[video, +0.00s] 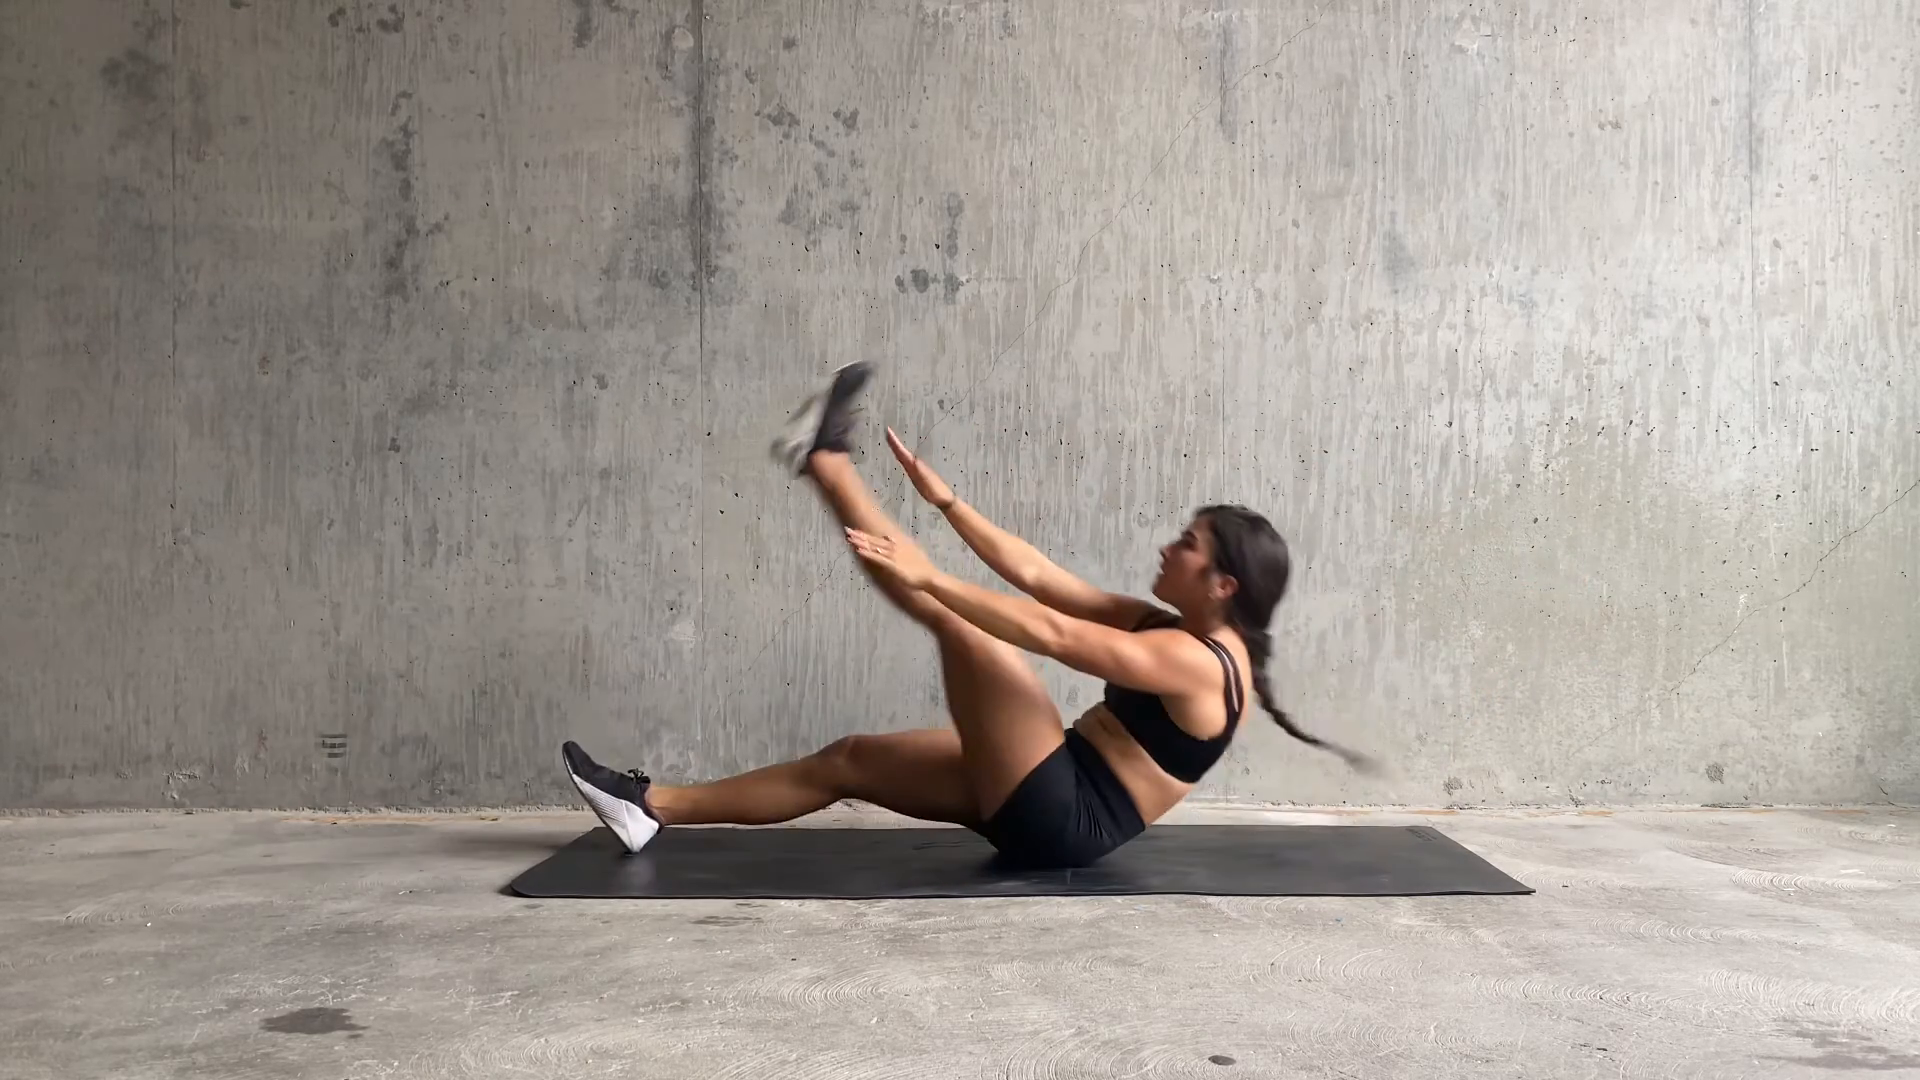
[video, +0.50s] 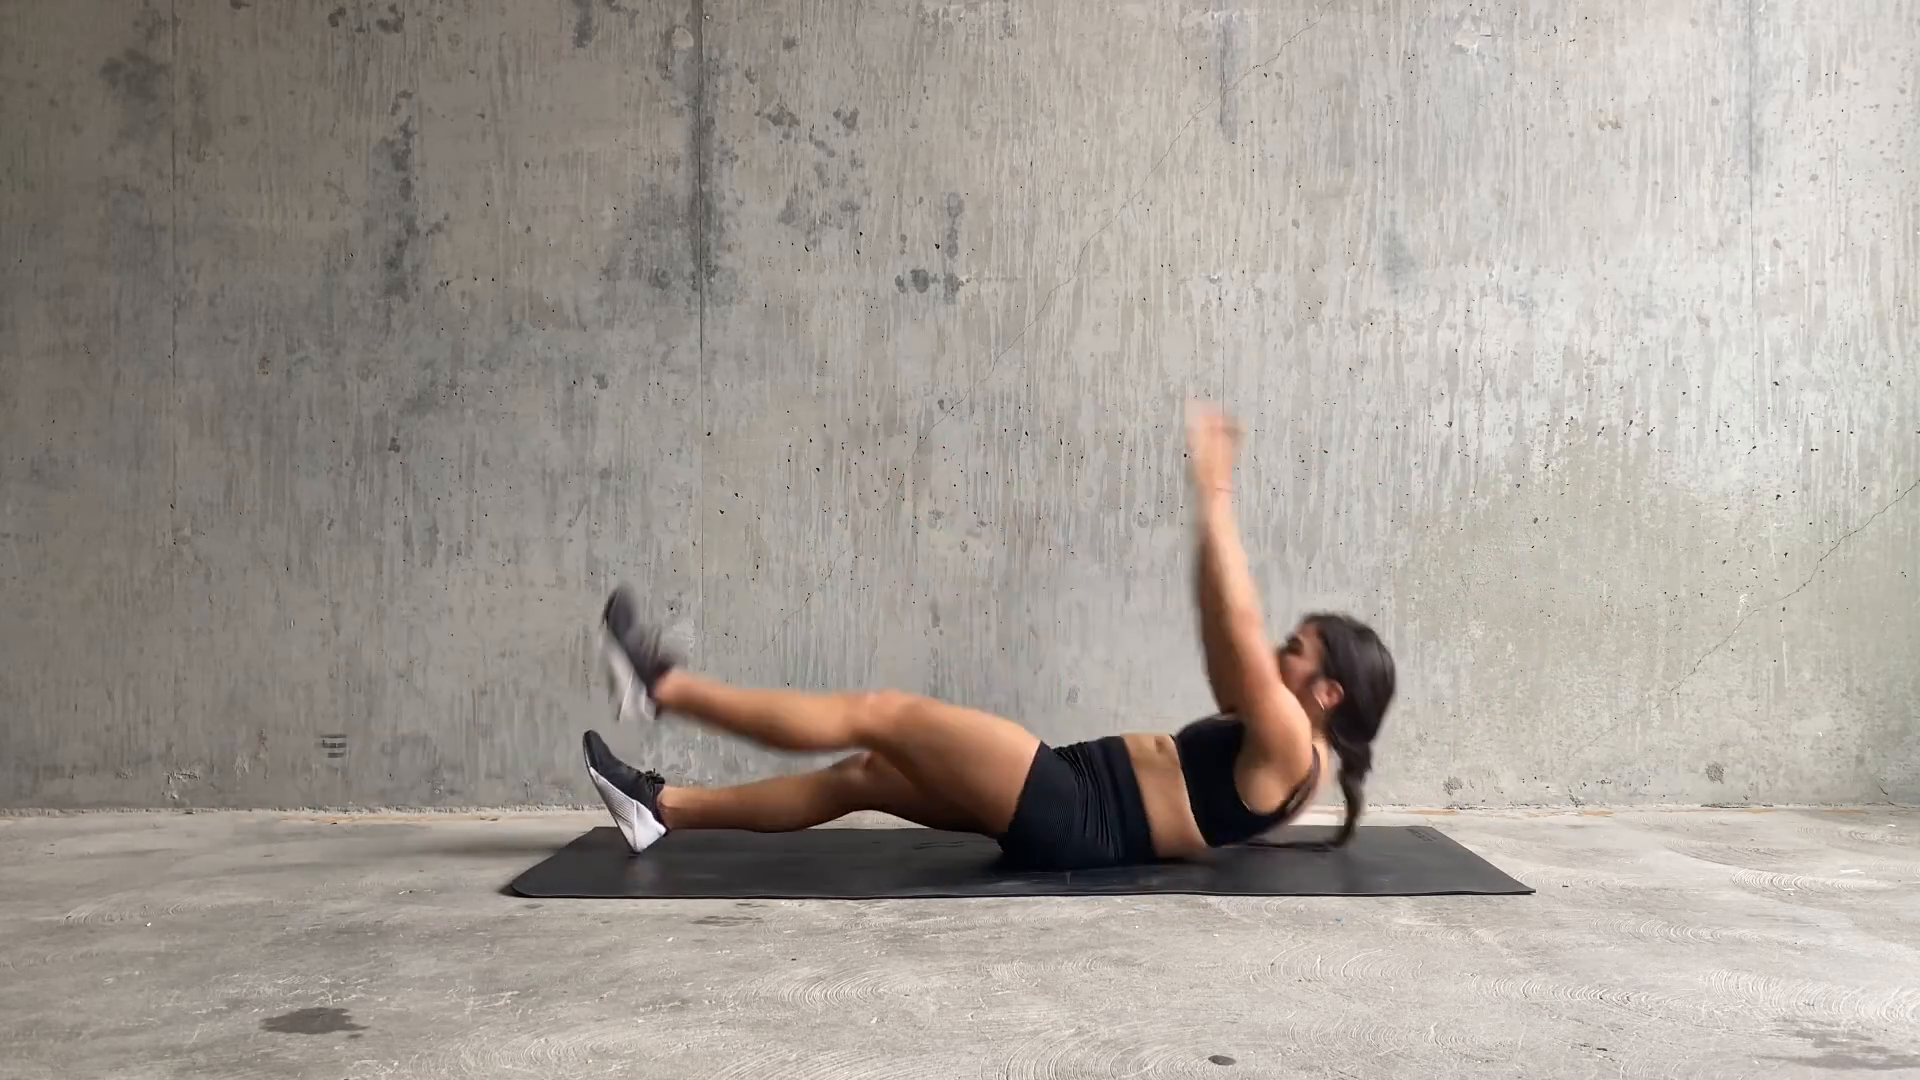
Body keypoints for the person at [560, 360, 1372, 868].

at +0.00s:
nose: (1163, 554)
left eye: (1182, 549)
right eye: (1174, 542)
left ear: (1222, 582)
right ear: (1213, 577)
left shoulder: (1196, 662)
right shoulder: (1177, 634)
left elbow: (1051, 636)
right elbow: (1048, 582)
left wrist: (922, 581)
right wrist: (949, 505)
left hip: (1066, 815)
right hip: (1050, 791)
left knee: (957, 614)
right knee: (849, 761)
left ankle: (826, 455)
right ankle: (653, 807)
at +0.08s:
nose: (1150, 538)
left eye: (1169, 534)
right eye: (1163, 527)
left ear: (1203, 573)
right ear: (1197, 569)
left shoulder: (1183, 650)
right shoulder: (1165, 621)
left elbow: (1032, 620)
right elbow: (1036, 571)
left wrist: (914, 559)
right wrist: (946, 491)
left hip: (1069, 814)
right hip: (1053, 791)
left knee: (997, 622)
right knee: (852, 768)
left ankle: (867, 438)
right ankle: (654, 807)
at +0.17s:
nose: (1159, 542)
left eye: (1176, 538)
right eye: (1171, 531)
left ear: (1212, 575)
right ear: (1211, 576)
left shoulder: (1188, 652)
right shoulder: (1182, 631)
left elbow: (1051, 620)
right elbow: (1044, 575)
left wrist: (927, 566)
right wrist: (953, 493)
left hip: (1068, 813)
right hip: (1058, 794)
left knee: (979, 603)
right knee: (851, 770)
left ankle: (860, 443)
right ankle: (655, 807)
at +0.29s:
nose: (1206, 574)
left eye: (1224, 570)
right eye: (1216, 563)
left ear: (1262, 605)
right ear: (1253, 601)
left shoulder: (1227, 676)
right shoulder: (1218, 658)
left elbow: (1092, 620)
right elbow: (1101, 594)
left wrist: (980, 540)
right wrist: (1011, 503)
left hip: (1071, 817)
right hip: (1060, 800)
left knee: (949, 637)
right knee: (855, 777)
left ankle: (788, 494)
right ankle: (655, 807)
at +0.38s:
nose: (1238, 610)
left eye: (1257, 606)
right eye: (1249, 599)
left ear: (1296, 642)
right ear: (1294, 642)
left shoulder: (1256, 700)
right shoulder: (1261, 699)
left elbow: (1139, 619)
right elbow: (1150, 613)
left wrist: (1051, 514)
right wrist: (1086, 509)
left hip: (1074, 814)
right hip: (1066, 797)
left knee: (913, 660)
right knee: (863, 772)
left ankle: (725, 565)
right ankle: (656, 808)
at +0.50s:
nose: (1273, 661)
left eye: (1293, 657)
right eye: (1285, 648)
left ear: (1328, 690)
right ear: (1327, 691)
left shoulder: (1291, 745)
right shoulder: (1282, 746)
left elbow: (1231, 626)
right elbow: (1230, 629)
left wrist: (1215, 493)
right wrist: (1219, 505)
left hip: (1075, 808)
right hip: (1072, 801)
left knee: (882, 714)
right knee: (862, 775)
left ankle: (669, 684)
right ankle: (660, 810)